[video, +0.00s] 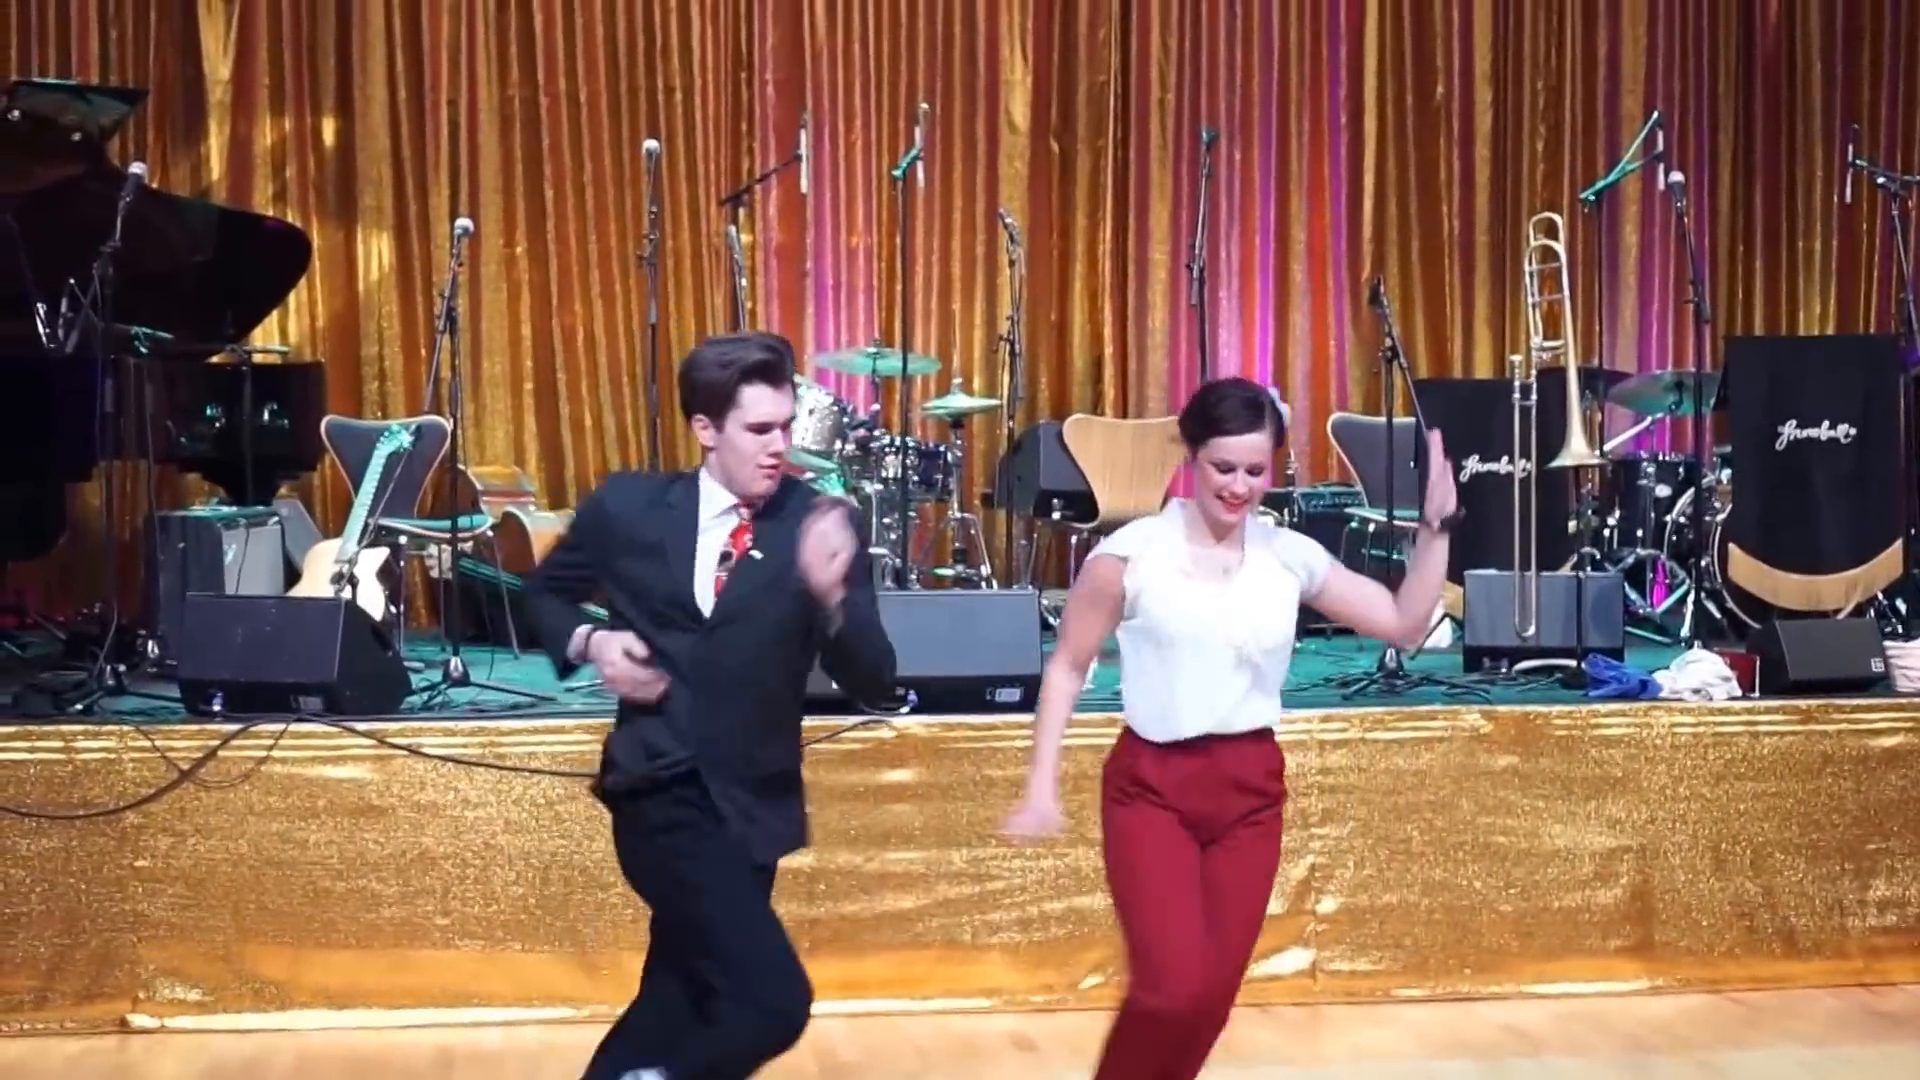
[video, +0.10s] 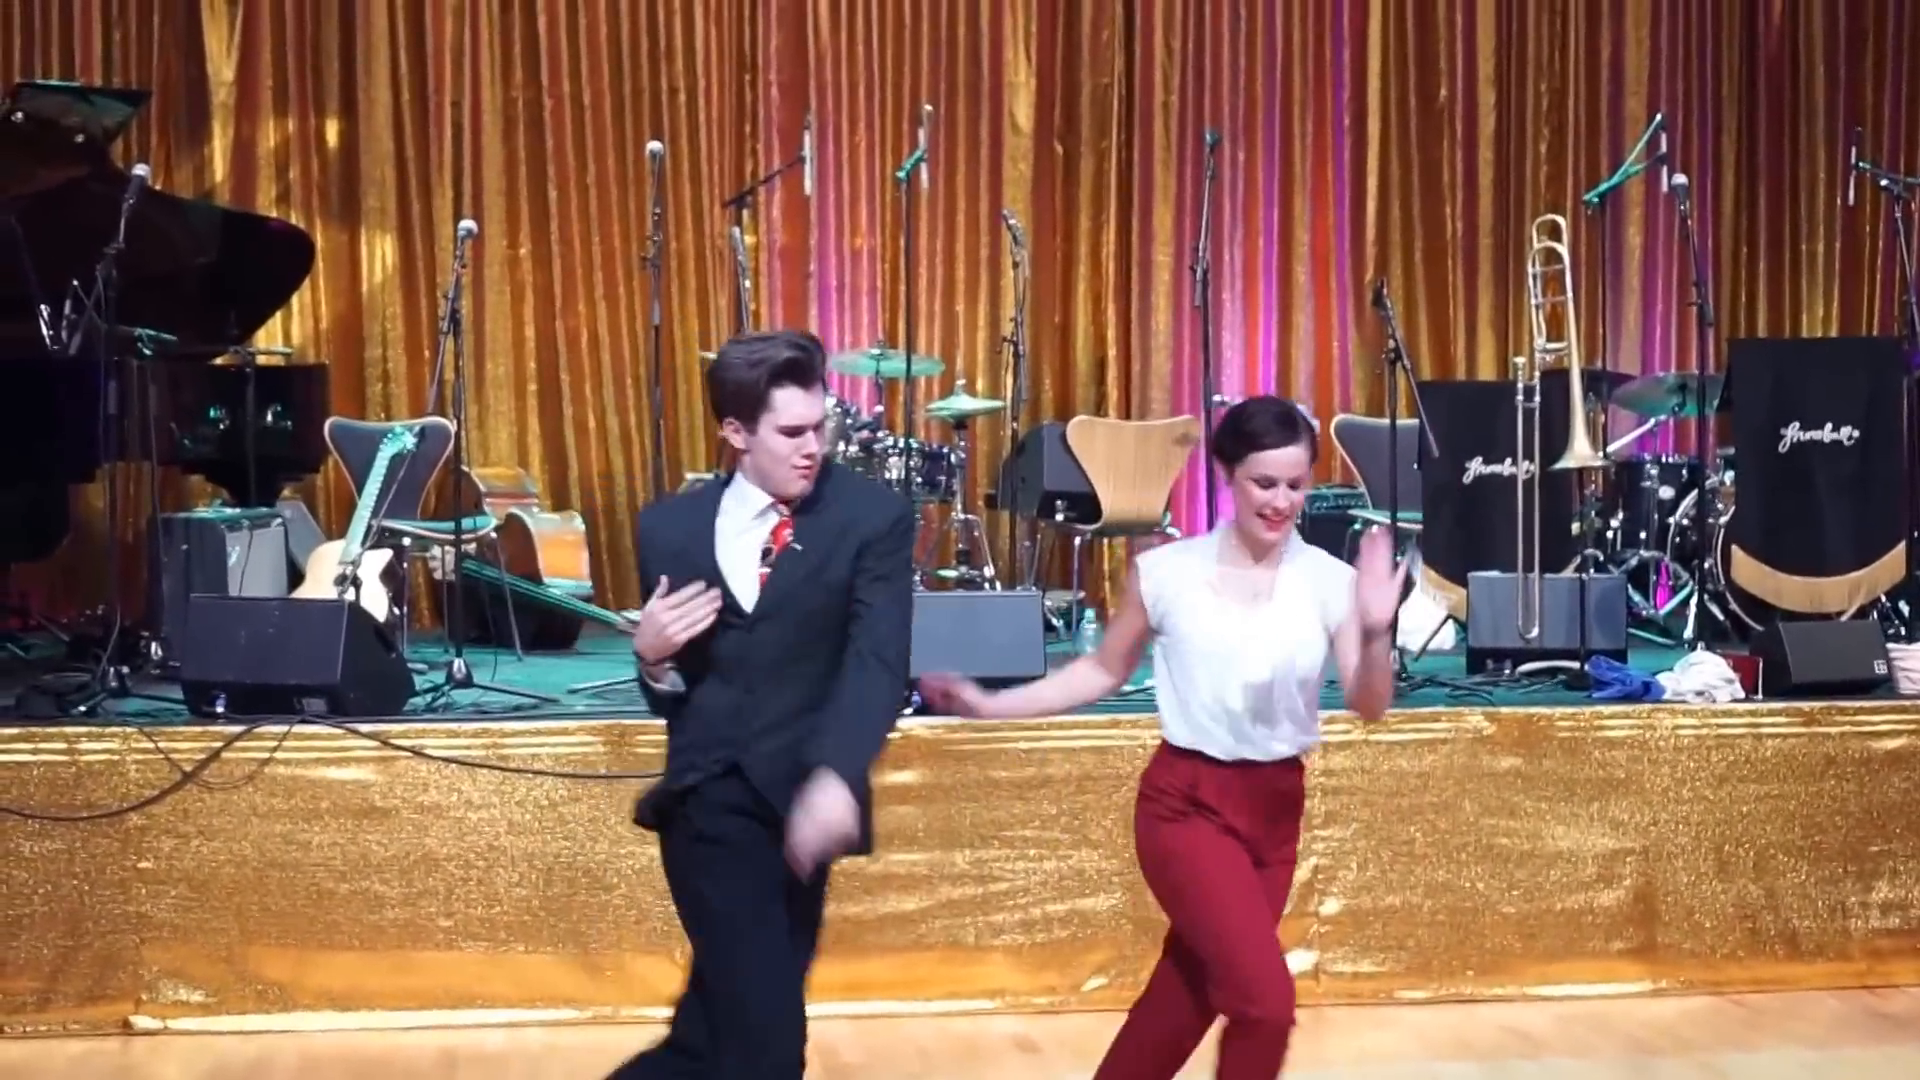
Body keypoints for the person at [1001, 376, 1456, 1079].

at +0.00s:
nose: (1239, 487)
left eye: (1255, 471)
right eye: (1223, 468)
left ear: (1274, 468)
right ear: (1190, 458)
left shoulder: (1289, 557)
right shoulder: (1127, 555)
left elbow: (1405, 625)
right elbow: (1068, 666)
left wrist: (1434, 528)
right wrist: (1041, 791)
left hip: (1250, 801)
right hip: (1150, 796)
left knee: (1207, 1008)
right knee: (1171, 994)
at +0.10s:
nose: (1281, 501)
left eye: (1296, 485)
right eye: (1264, 483)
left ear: (1311, 482)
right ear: (1227, 476)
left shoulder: (1330, 581)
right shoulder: (1163, 573)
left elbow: (1370, 704)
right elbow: (1102, 669)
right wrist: (991, 705)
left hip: (1274, 818)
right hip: (1182, 807)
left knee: (1163, 1030)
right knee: (1266, 1007)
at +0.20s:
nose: (1340, 499)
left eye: (1350, 482)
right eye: (1322, 481)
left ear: (1360, 486)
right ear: (1272, 484)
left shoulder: (1380, 587)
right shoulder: (1216, 586)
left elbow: (1375, 713)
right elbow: (1145, 677)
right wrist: (1045, 628)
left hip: (1326, 826)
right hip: (1234, 820)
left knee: (1224, 1028)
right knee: (1299, 1044)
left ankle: (1153, 1079)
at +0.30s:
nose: (1397, 497)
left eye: (1401, 479)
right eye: (1379, 480)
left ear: (1408, 481)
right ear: (1323, 483)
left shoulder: (1431, 584)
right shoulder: (1259, 586)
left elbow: (1462, 721)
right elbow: (1170, 664)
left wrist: (1496, 850)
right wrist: (1109, 603)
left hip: (1385, 835)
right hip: (1281, 829)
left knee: (1399, 1047)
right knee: (1286, 1053)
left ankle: (1302, 1074)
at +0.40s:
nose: (1458, 479)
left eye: (1462, 462)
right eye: (1443, 461)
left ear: (1466, 467)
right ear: (1384, 462)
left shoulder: (1488, 554)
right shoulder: (1309, 563)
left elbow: (1552, 651)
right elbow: (1203, 635)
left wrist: (1614, 729)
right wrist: (1172, 586)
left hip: (1437, 820)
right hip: (1326, 816)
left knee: (1535, 1014)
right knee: (1305, 1038)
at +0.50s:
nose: (1520, 460)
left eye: (1523, 441)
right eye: (1506, 441)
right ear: (1449, 443)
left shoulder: (1540, 509)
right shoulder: (1368, 532)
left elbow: (1623, 564)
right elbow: (1243, 602)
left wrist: (1686, 588)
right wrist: (1250, 565)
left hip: (1522, 792)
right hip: (1408, 796)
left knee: (1588, 1023)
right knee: (1387, 1033)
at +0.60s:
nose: (1575, 453)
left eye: (1576, 435)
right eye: (1560, 435)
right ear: (1504, 443)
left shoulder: (1589, 498)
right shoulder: (1421, 533)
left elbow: (1675, 502)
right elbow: (1276, 571)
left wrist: (1749, 502)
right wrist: (1332, 555)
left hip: (1597, 793)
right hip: (1485, 803)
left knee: (1625, 1032)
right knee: (1465, 1029)